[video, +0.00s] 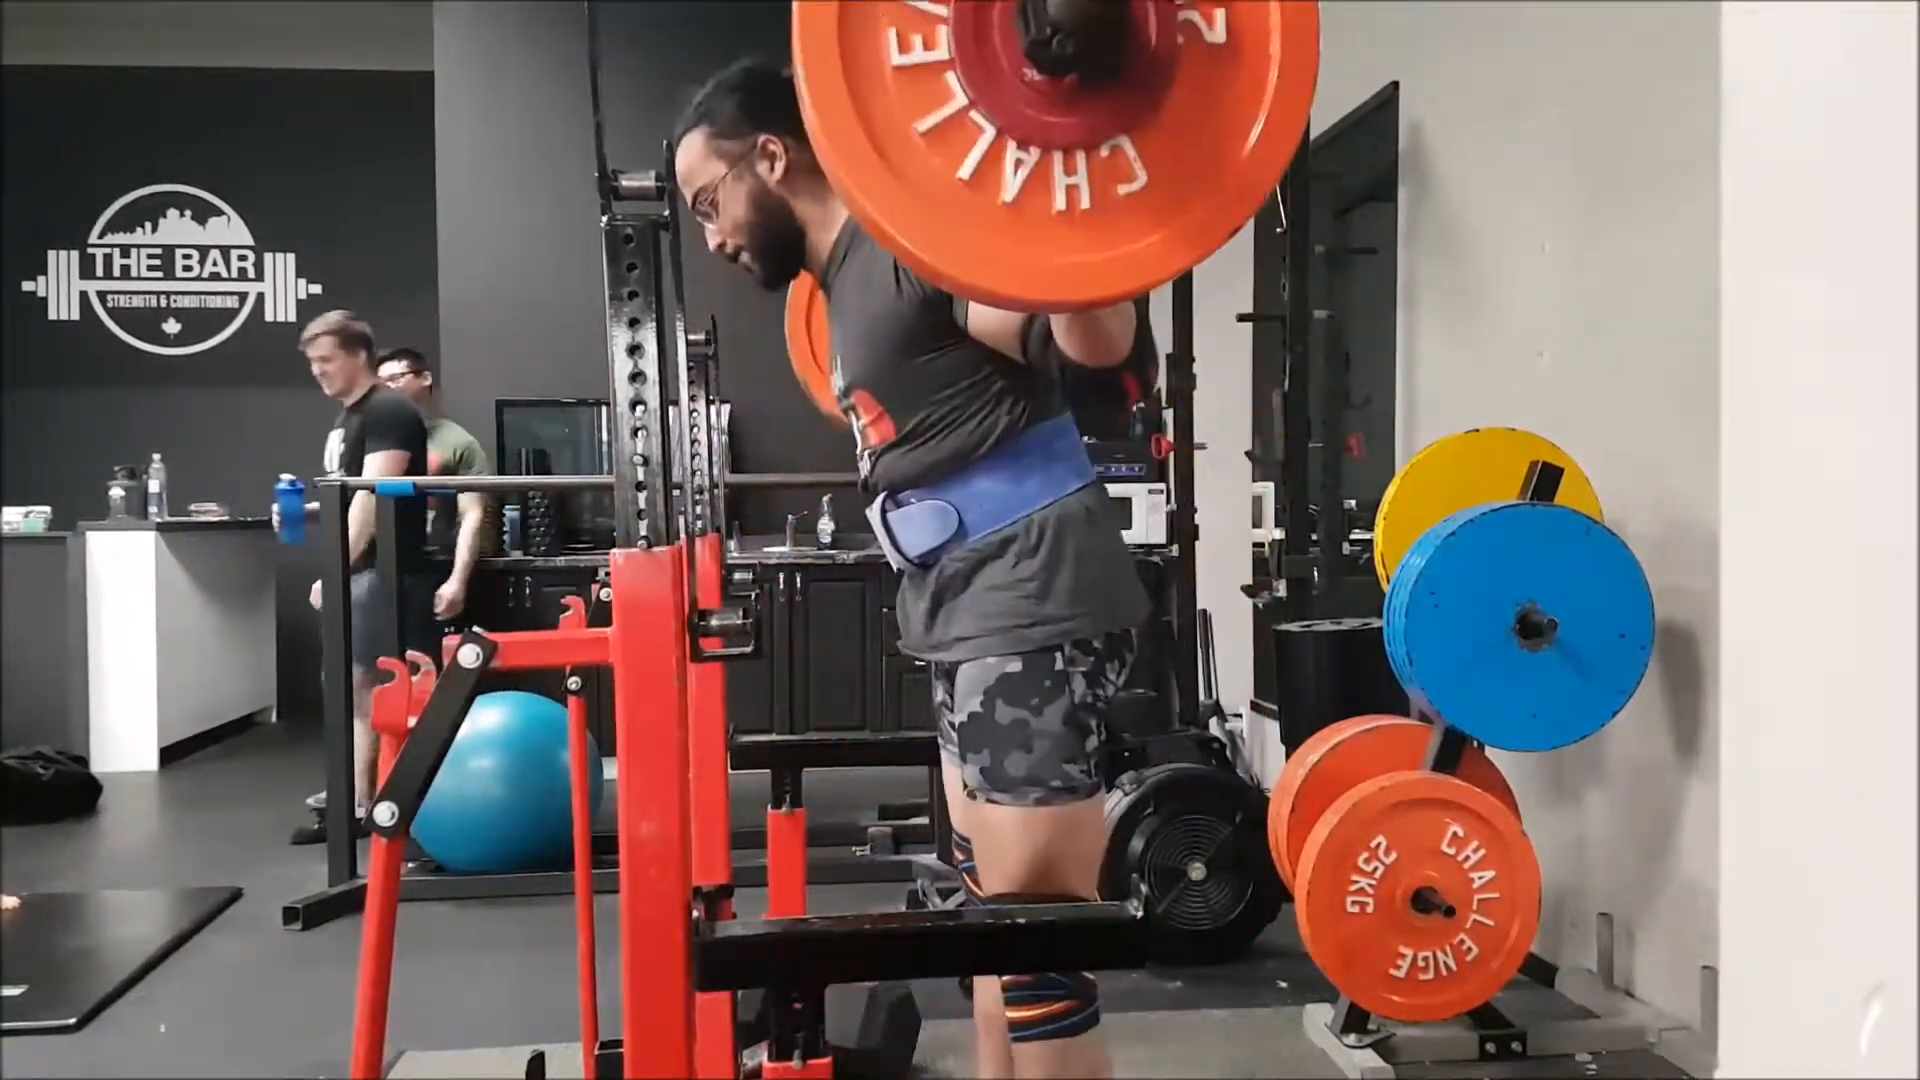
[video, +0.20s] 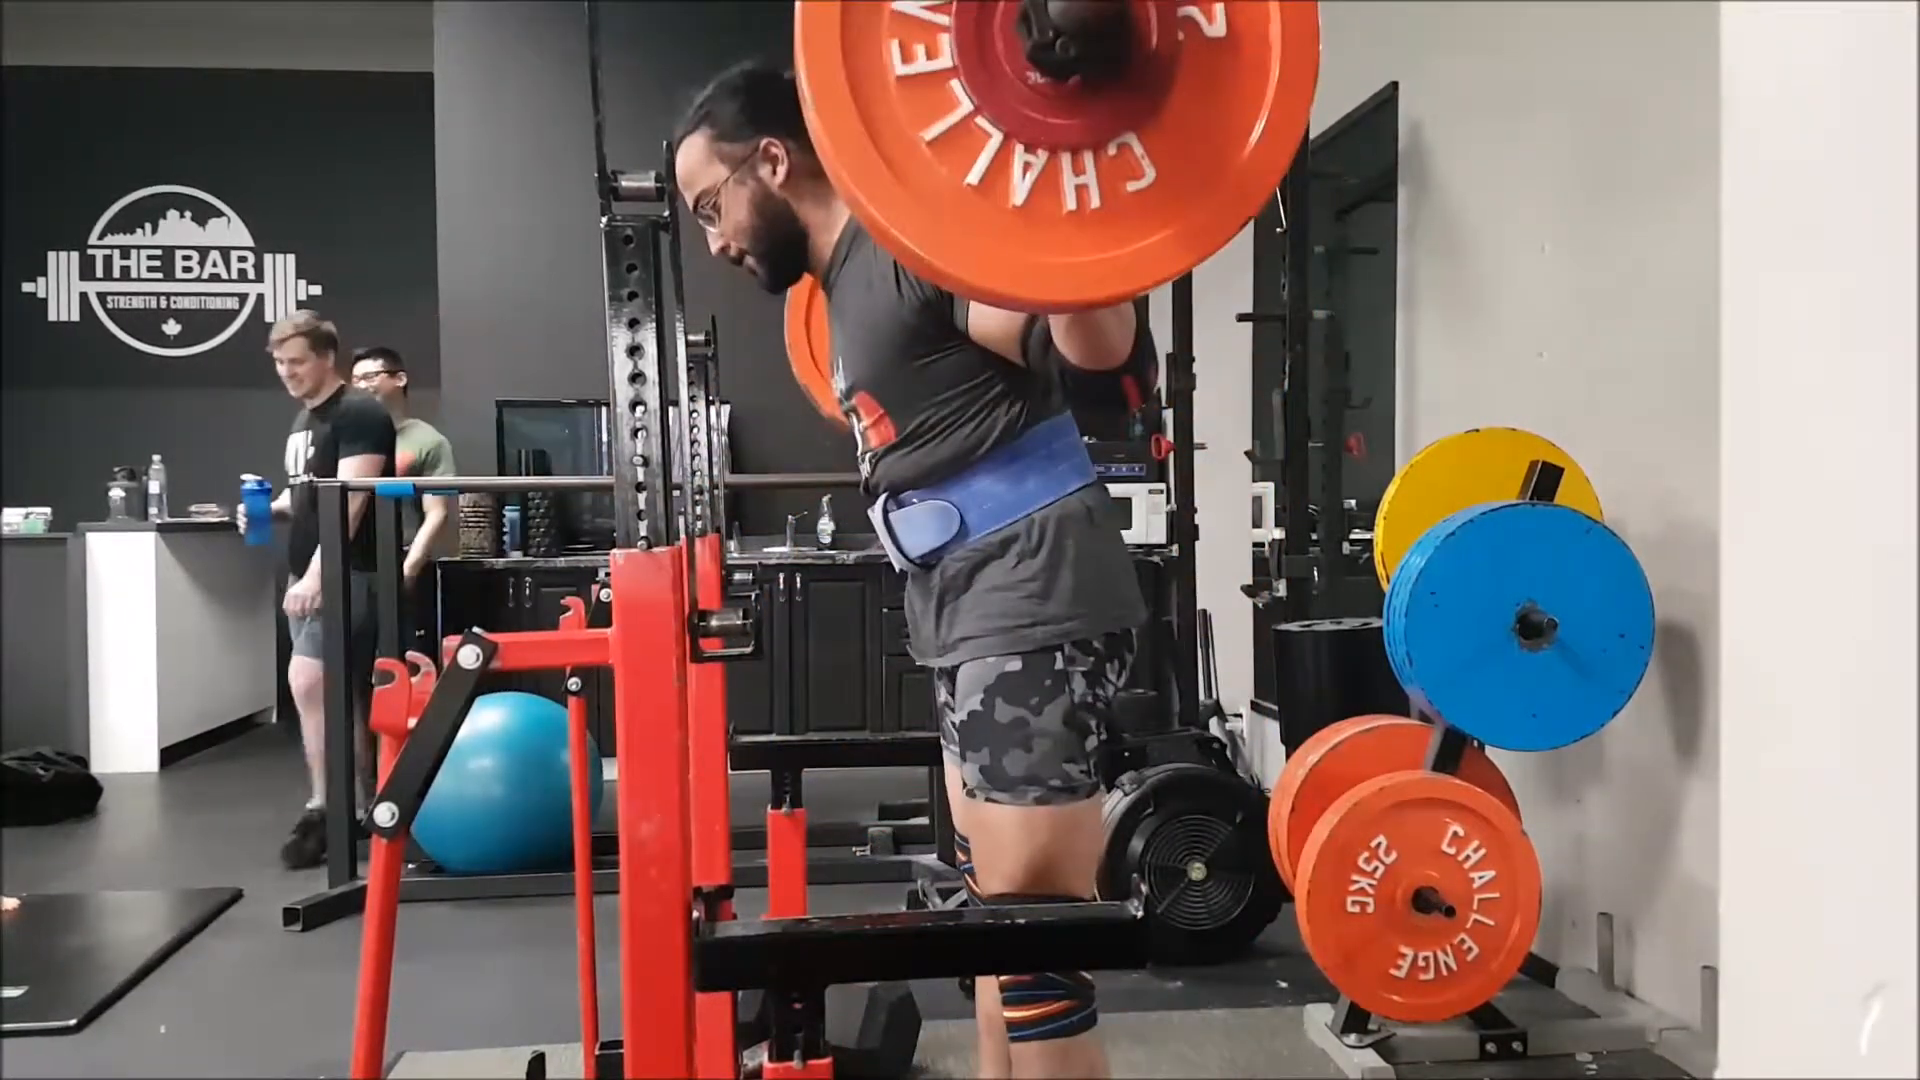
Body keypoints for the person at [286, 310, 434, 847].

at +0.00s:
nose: (318, 372)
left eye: (325, 359)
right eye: (313, 362)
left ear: (359, 355)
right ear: (319, 364)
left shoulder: (391, 411)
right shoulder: (349, 418)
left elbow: (374, 502)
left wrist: (336, 569)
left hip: (389, 571)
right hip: (360, 570)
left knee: (380, 691)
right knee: (358, 691)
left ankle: (393, 809)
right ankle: (353, 801)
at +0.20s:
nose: (287, 372)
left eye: (296, 361)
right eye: (281, 364)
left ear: (328, 358)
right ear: (280, 367)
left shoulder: (361, 414)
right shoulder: (305, 420)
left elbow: (352, 503)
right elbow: (309, 499)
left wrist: (315, 572)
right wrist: (269, 508)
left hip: (346, 577)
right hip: (313, 574)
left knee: (306, 680)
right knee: (345, 697)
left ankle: (324, 807)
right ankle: (363, 810)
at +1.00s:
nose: (200, 350)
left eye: (211, 337)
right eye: (190, 340)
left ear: (245, 333)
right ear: (184, 342)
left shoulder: (295, 401)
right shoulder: (178, 407)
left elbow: (288, 487)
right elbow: (163, 480)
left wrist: (212, 549)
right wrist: (161, 506)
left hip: (279, 590)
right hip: (204, 588)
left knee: (267, 725)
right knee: (210, 724)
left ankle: (260, 848)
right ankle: (207, 877)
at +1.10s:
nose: (184, 347)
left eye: (194, 334)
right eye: (175, 338)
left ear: (230, 329)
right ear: (171, 341)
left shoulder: (286, 399)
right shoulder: (165, 409)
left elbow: (294, 488)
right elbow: (147, 488)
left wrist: (220, 549)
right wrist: (150, 514)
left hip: (274, 593)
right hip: (196, 594)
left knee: (265, 730)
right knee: (205, 733)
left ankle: (261, 844)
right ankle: (210, 893)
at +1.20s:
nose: (161, 336)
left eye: (171, 321)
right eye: (152, 327)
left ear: (212, 317)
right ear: (151, 333)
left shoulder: (272, 392)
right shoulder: (147, 403)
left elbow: (305, 485)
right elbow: (131, 484)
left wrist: (250, 560)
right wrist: (134, 511)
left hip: (264, 591)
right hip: (177, 594)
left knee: (272, 745)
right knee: (191, 738)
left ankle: (268, 829)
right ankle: (208, 891)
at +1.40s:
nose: (121, 322)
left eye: (130, 306)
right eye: (114, 312)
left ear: (176, 300)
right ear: (117, 319)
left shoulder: (251, 387)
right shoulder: (121, 394)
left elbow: (298, 489)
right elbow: (91, 485)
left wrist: (328, 580)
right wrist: (100, 500)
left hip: (237, 592)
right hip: (150, 596)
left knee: (228, 736)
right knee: (181, 748)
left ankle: (232, 875)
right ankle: (204, 892)